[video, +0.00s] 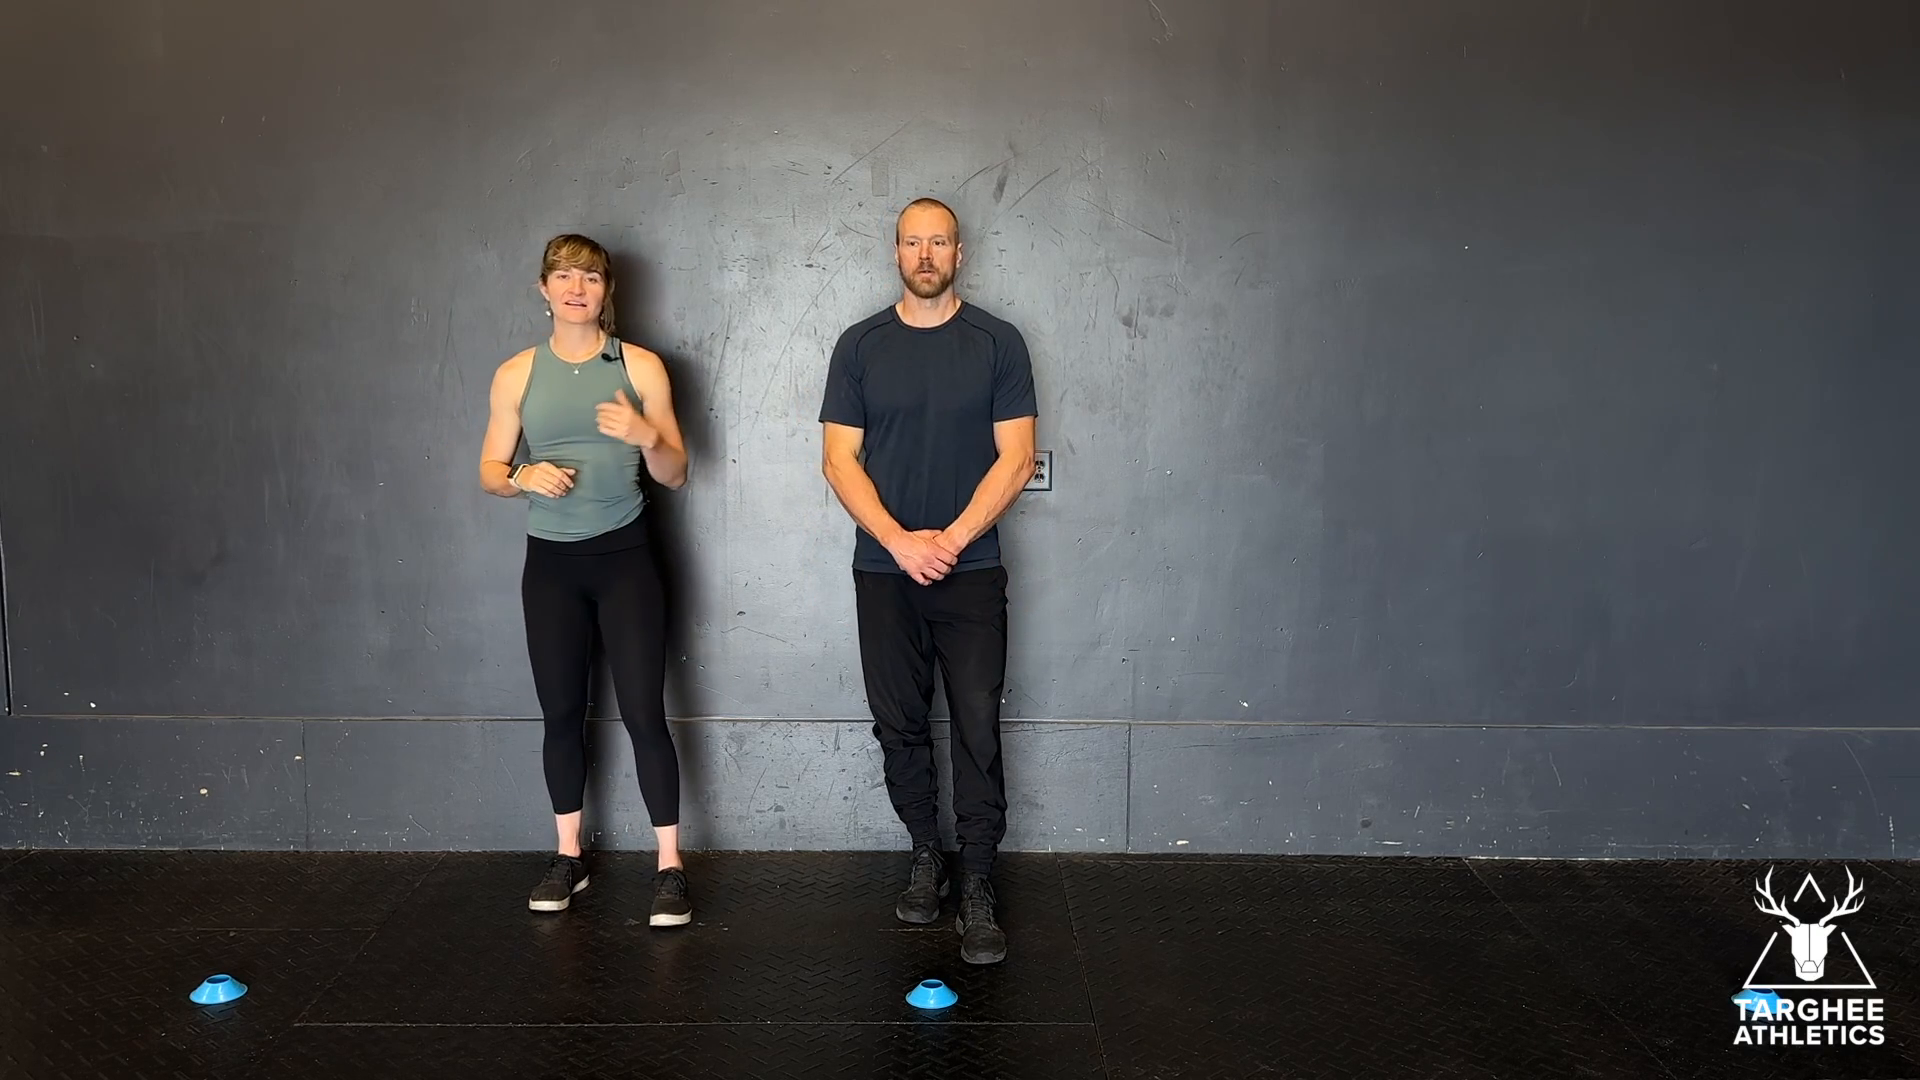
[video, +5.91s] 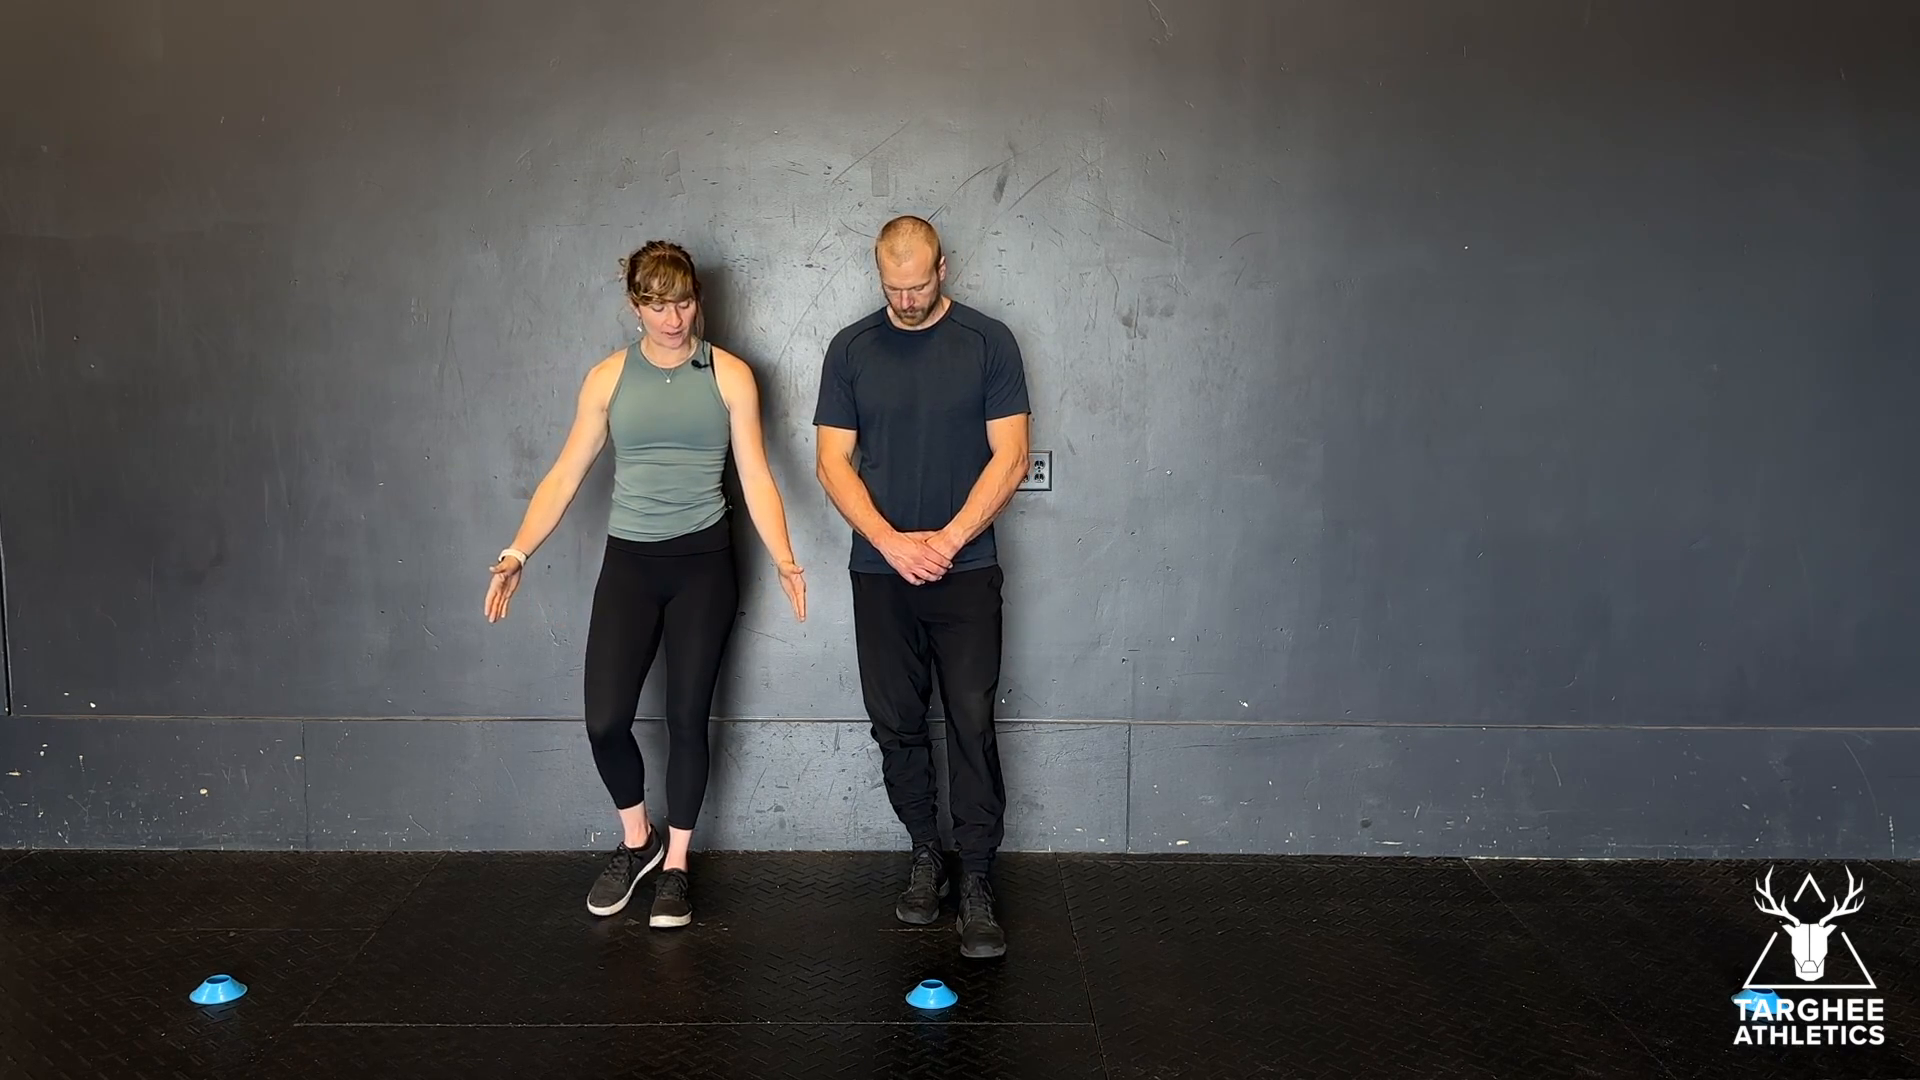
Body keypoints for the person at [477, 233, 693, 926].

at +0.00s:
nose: (576, 287)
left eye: (589, 276)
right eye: (563, 276)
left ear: (606, 288)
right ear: (545, 289)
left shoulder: (642, 368)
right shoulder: (516, 375)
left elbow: (674, 474)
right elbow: (492, 475)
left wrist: (646, 436)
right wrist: (524, 478)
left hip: (626, 558)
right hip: (551, 563)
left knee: (643, 712)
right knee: (561, 712)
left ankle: (670, 866)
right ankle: (569, 858)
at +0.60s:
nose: (651, 291)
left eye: (662, 280)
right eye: (637, 279)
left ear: (675, 291)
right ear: (614, 290)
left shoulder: (703, 377)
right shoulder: (577, 371)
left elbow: (717, 483)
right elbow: (544, 467)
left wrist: (728, 470)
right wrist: (584, 482)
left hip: (682, 560)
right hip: (605, 563)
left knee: (676, 715)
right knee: (579, 719)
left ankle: (673, 866)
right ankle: (569, 855)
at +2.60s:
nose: (688, 315)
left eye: (694, 302)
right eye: (673, 304)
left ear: (702, 300)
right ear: (641, 303)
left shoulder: (728, 373)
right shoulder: (606, 372)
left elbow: (744, 465)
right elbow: (563, 468)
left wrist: (780, 533)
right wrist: (583, 521)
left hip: (702, 561)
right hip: (625, 564)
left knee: (686, 716)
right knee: (609, 723)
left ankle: (675, 866)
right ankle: (634, 844)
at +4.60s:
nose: (676, 321)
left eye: (685, 307)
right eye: (662, 309)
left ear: (701, 302)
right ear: (641, 307)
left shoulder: (735, 374)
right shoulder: (609, 372)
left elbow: (752, 475)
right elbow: (589, 471)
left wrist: (767, 561)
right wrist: (588, 550)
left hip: (704, 560)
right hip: (625, 562)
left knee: (687, 717)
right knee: (608, 721)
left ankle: (677, 865)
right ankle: (635, 843)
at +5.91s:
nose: (673, 317)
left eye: (683, 302)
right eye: (658, 305)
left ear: (698, 302)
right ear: (635, 307)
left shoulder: (729, 376)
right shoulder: (609, 378)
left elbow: (755, 473)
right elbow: (566, 473)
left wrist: (785, 558)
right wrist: (515, 554)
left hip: (705, 562)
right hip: (628, 563)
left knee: (686, 716)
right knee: (605, 721)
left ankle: (676, 866)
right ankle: (640, 843)